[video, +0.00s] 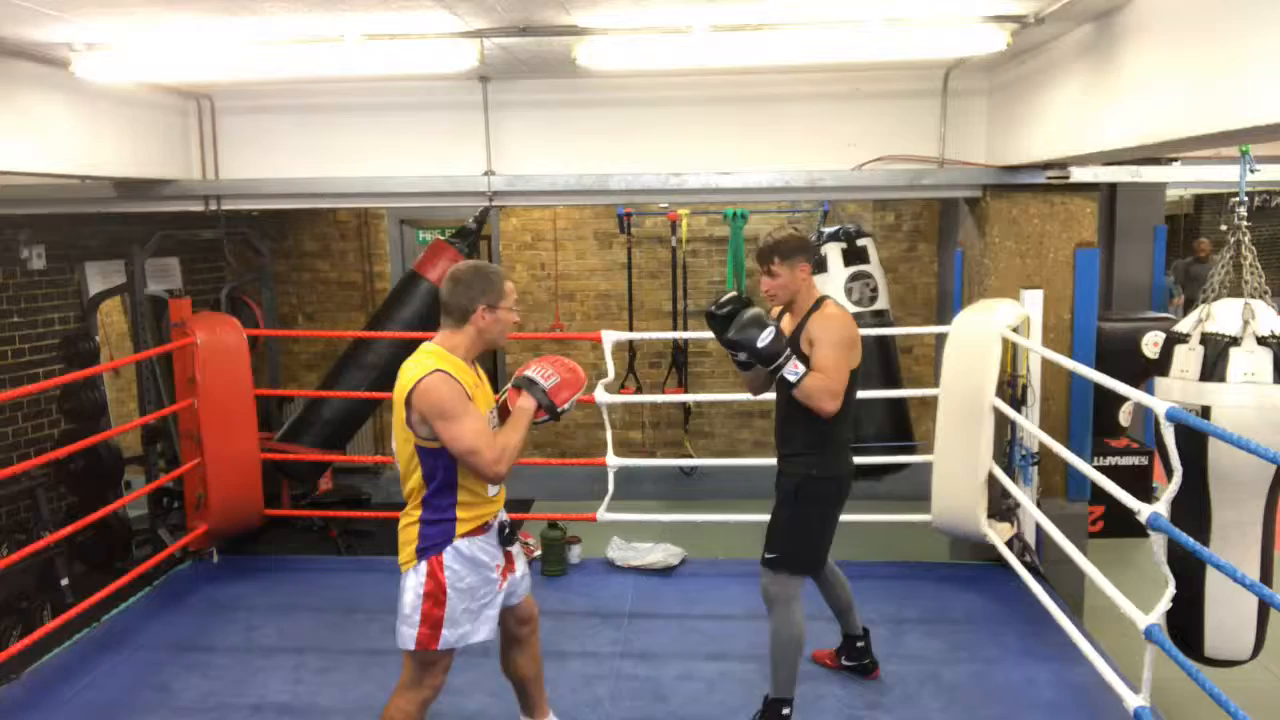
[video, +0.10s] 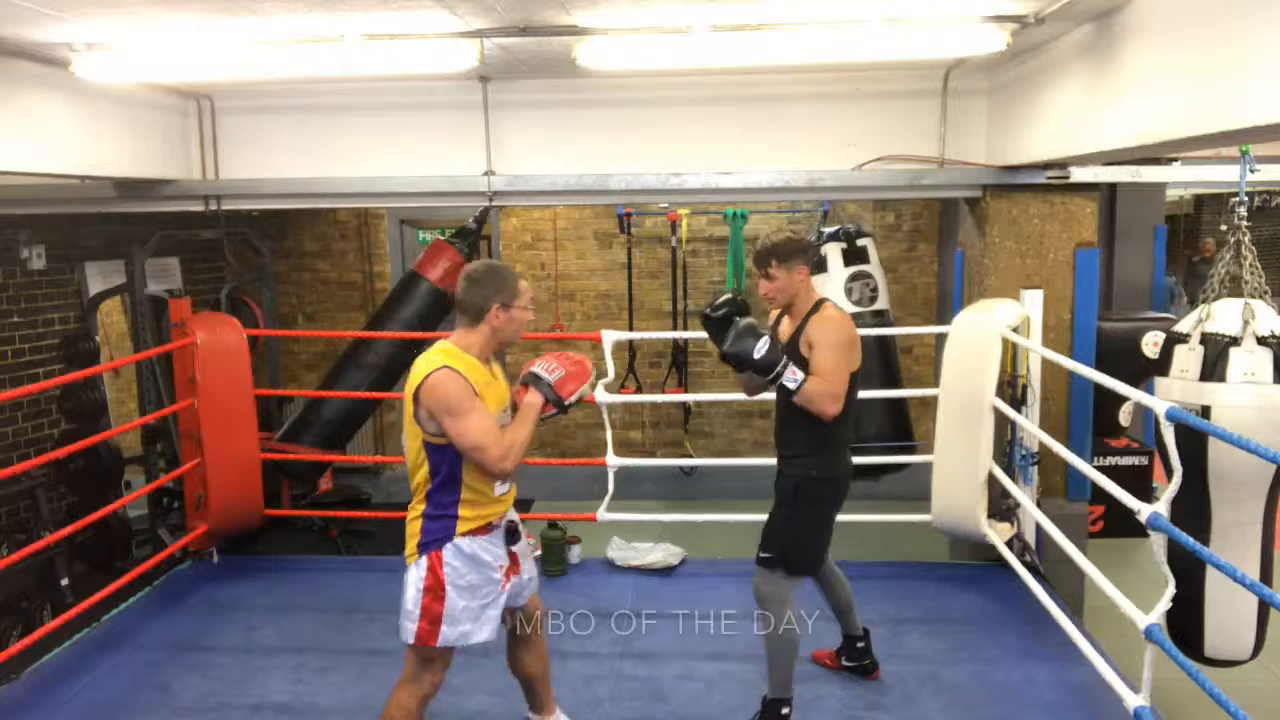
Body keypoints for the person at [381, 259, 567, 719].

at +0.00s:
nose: (516, 320)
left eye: (515, 309)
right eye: (511, 310)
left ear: (475, 315)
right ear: (482, 315)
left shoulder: (462, 367)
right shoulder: (435, 382)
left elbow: (473, 445)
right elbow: (494, 463)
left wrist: (520, 409)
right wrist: (525, 404)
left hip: (486, 533)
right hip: (443, 548)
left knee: (522, 620)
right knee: (423, 681)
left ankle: (538, 715)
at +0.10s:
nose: (531, 320)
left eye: (530, 309)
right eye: (526, 309)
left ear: (492, 313)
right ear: (495, 314)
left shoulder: (485, 362)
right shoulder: (443, 378)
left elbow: (494, 427)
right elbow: (501, 460)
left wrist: (532, 401)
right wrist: (532, 401)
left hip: (497, 530)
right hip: (447, 545)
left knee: (527, 620)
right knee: (424, 676)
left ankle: (545, 713)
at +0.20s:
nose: (550, 318)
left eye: (548, 307)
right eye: (543, 308)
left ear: (511, 314)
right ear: (514, 314)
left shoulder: (522, 360)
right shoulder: (460, 374)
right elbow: (523, 447)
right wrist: (555, 381)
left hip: (510, 529)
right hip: (456, 541)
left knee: (532, 624)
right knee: (426, 674)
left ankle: (546, 713)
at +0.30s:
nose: (563, 313)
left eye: (561, 303)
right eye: (556, 304)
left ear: (524, 314)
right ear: (528, 314)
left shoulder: (533, 351)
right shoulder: (486, 372)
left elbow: (595, 342)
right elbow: (574, 415)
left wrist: (656, 326)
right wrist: (609, 356)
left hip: (518, 526)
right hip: (471, 538)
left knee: (535, 638)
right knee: (441, 667)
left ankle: (547, 715)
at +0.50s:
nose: (575, 305)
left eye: (574, 295)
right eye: (569, 296)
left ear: (538, 305)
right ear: (543, 306)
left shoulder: (534, 356)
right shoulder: (505, 366)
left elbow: (561, 374)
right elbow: (565, 432)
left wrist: (614, 361)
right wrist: (604, 377)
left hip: (539, 518)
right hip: (497, 529)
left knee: (539, 631)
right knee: (476, 661)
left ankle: (545, 713)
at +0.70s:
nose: (590, 307)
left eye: (588, 298)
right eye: (584, 299)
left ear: (555, 307)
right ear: (556, 307)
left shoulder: (564, 348)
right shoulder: (506, 363)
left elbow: (579, 398)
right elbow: (551, 437)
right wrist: (590, 373)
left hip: (542, 516)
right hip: (498, 524)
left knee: (544, 632)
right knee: (485, 658)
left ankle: (545, 713)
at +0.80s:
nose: (590, 308)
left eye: (588, 298)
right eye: (583, 300)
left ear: (553, 310)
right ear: (554, 310)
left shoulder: (561, 351)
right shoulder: (502, 368)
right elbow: (544, 443)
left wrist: (644, 346)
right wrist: (584, 377)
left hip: (549, 521)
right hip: (501, 533)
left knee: (552, 628)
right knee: (479, 662)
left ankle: (545, 712)